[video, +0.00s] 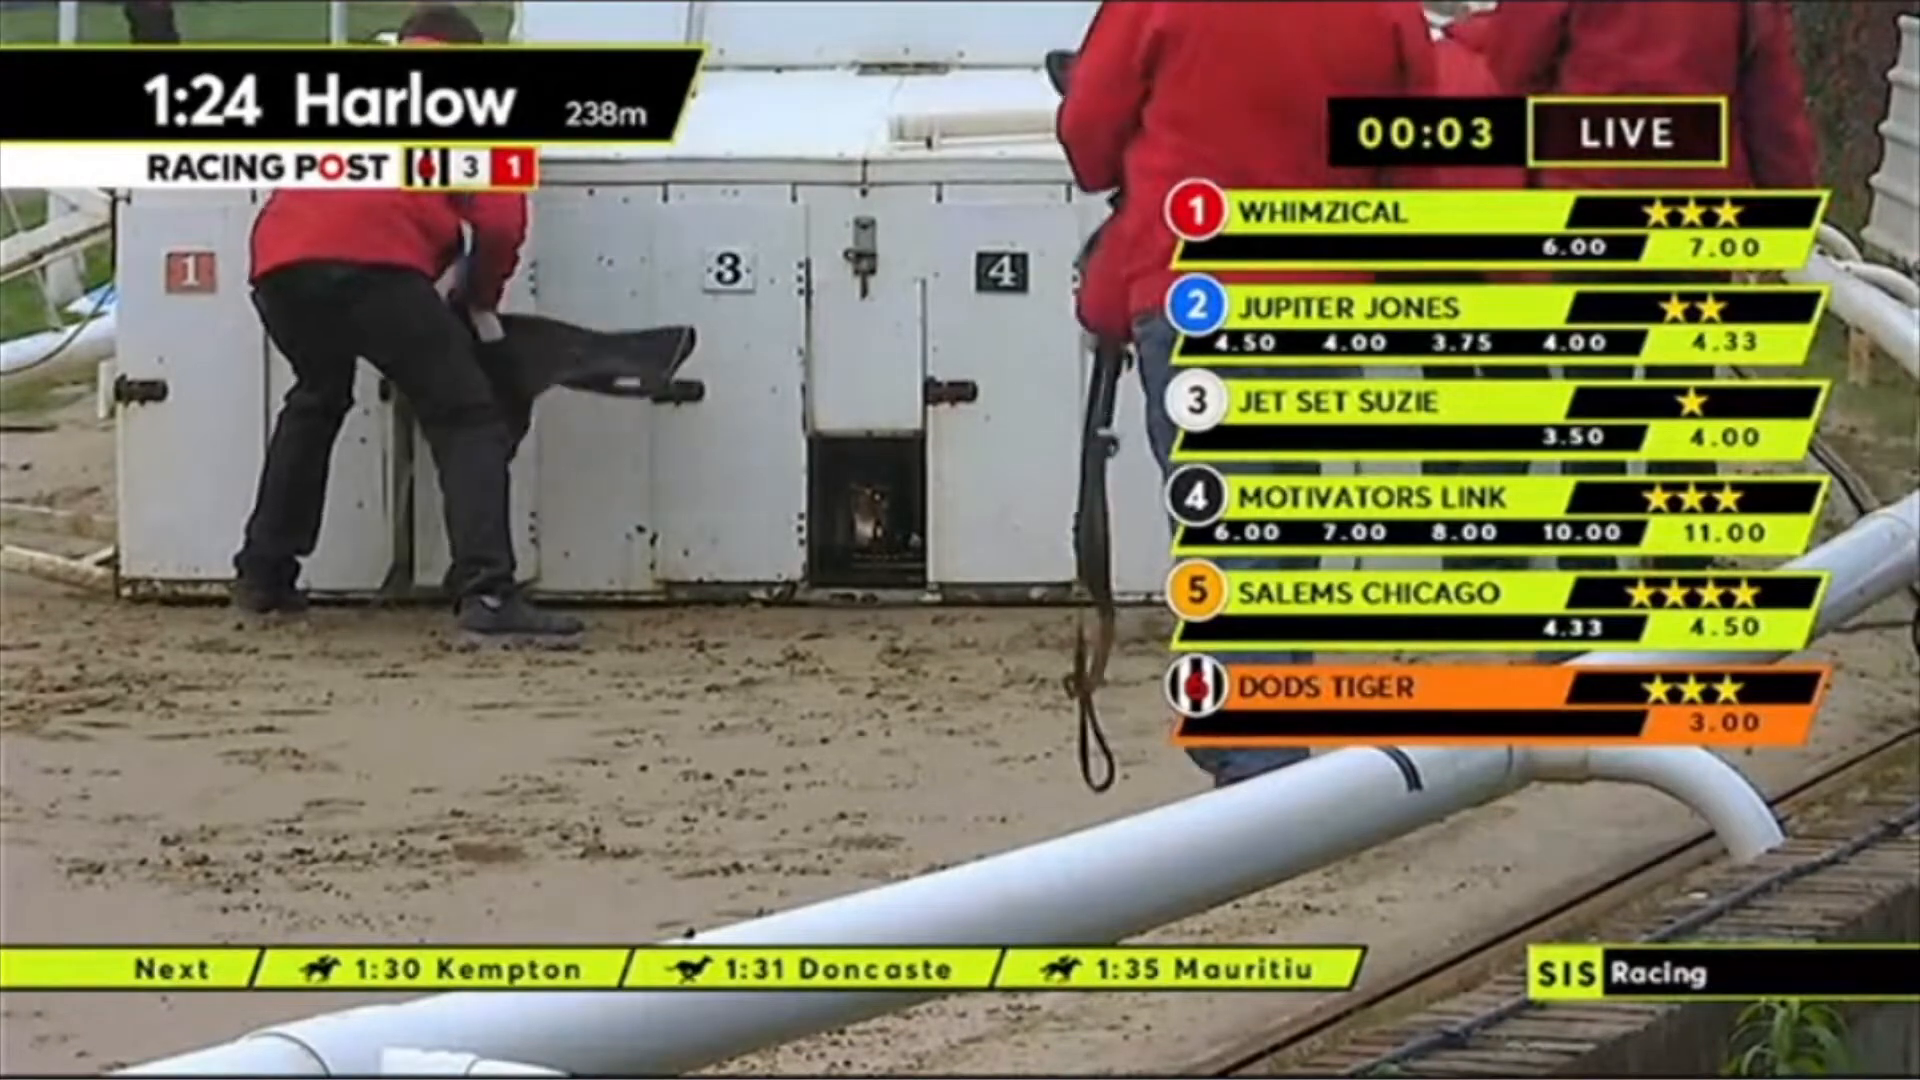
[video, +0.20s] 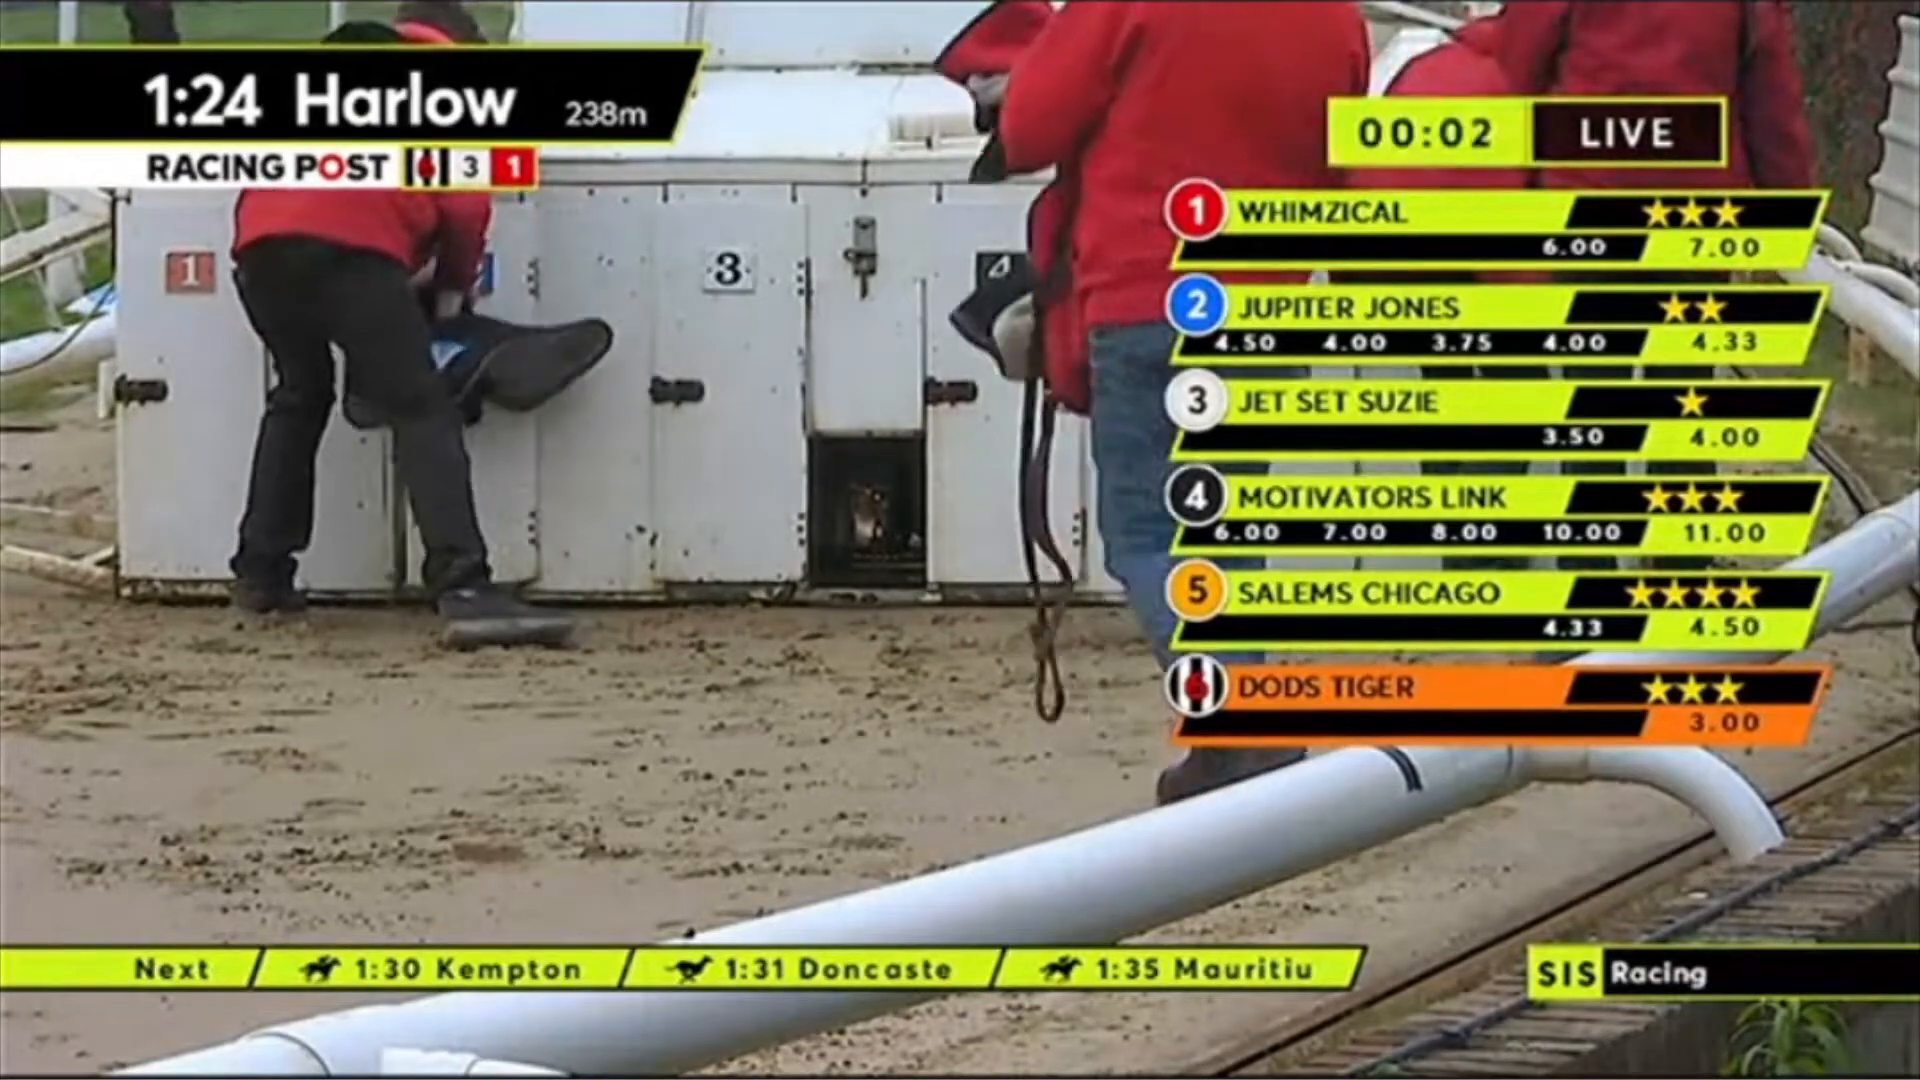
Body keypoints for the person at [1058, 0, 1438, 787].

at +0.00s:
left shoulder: (1155, 6)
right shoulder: (1383, 9)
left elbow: (1088, 137)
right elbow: (1429, 115)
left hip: (1190, 292)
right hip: (1343, 291)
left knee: (1213, 518)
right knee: (1319, 508)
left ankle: (1252, 748)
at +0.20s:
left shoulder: (1127, 6)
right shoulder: (1339, 17)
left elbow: (1026, 132)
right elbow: (1339, 154)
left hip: (1152, 300)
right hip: (1295, 305)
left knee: (1143, 532)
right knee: (1261, 523)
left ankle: (1237, 712)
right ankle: (1232, 728)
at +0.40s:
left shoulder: (1073, 3)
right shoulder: (1274, 11)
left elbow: (987, 90)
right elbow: (1224, 108)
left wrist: (945, 84)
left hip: (1084, 270)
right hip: (1211, 280)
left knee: (1024, 490)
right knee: (1206, 520)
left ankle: (1115, 688)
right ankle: (1227, 738)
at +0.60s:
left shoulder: (1007, 4)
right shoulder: (1164, 10)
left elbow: (928, 123)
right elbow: (1135, 130)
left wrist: (868, 138)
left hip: (1015, 295)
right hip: (1134, 295)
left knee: (950, 525)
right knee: (1175, 534)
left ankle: (873, 734)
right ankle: (1221, 736)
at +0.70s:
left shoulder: (948, 8)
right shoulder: (1102, 13)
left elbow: (894, 153)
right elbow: (1069, 140)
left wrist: (836, 174)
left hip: (970, 313)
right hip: (1091, 308)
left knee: (904, 532)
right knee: (1142, 535)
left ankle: (841, 741)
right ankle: (1212, 727)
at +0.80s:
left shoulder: (840, 17)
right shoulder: (1000, 17)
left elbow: (829, 174)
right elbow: (977, 154)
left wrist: (770, 211)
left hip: (878, 315)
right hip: (997, 307)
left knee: (822, 528)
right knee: (1035, 512)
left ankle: (820, 749)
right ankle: (1166, 695)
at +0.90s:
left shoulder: (782, 14)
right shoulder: (945, 14)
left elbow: (773, 170)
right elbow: (922, 147)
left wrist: (714, 162)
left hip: (822, 309)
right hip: (939, 303)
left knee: (784, 531)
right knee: (938, 502)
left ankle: (816, 750)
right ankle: (1072, 640)